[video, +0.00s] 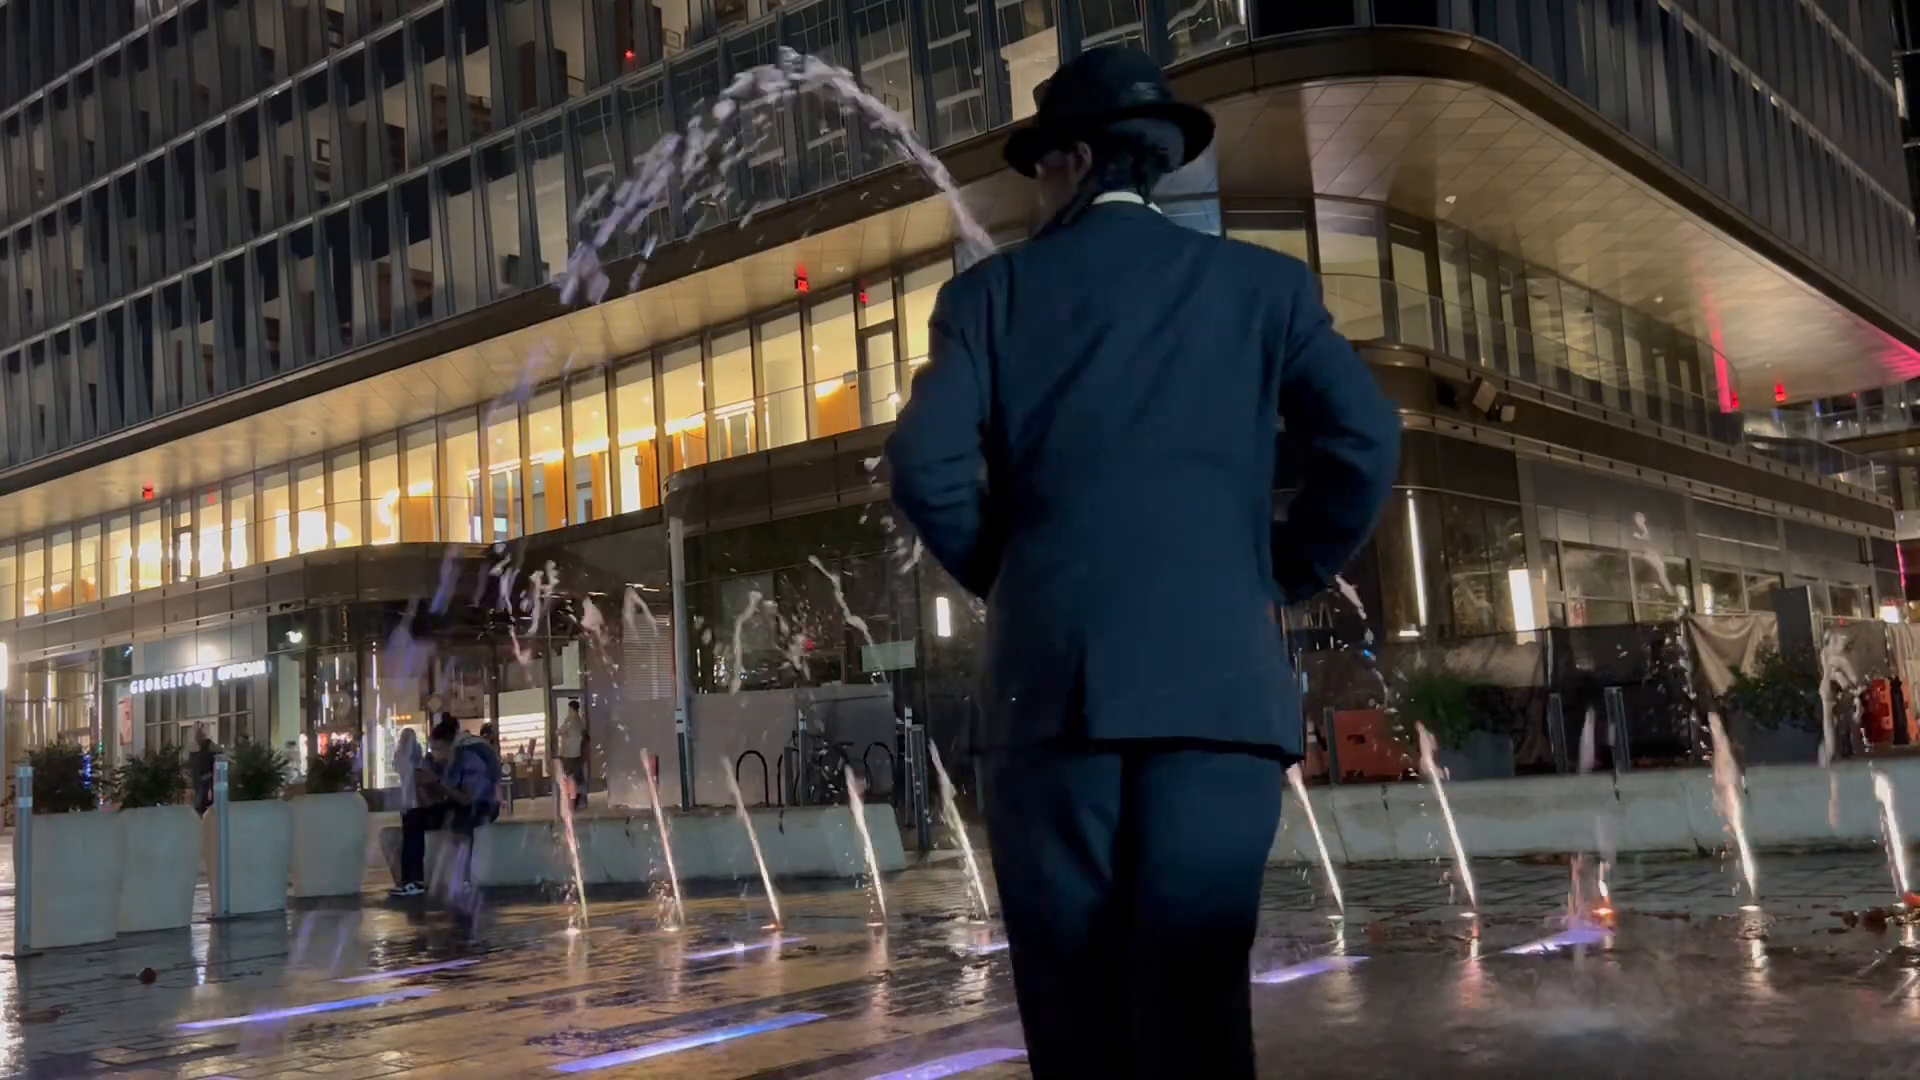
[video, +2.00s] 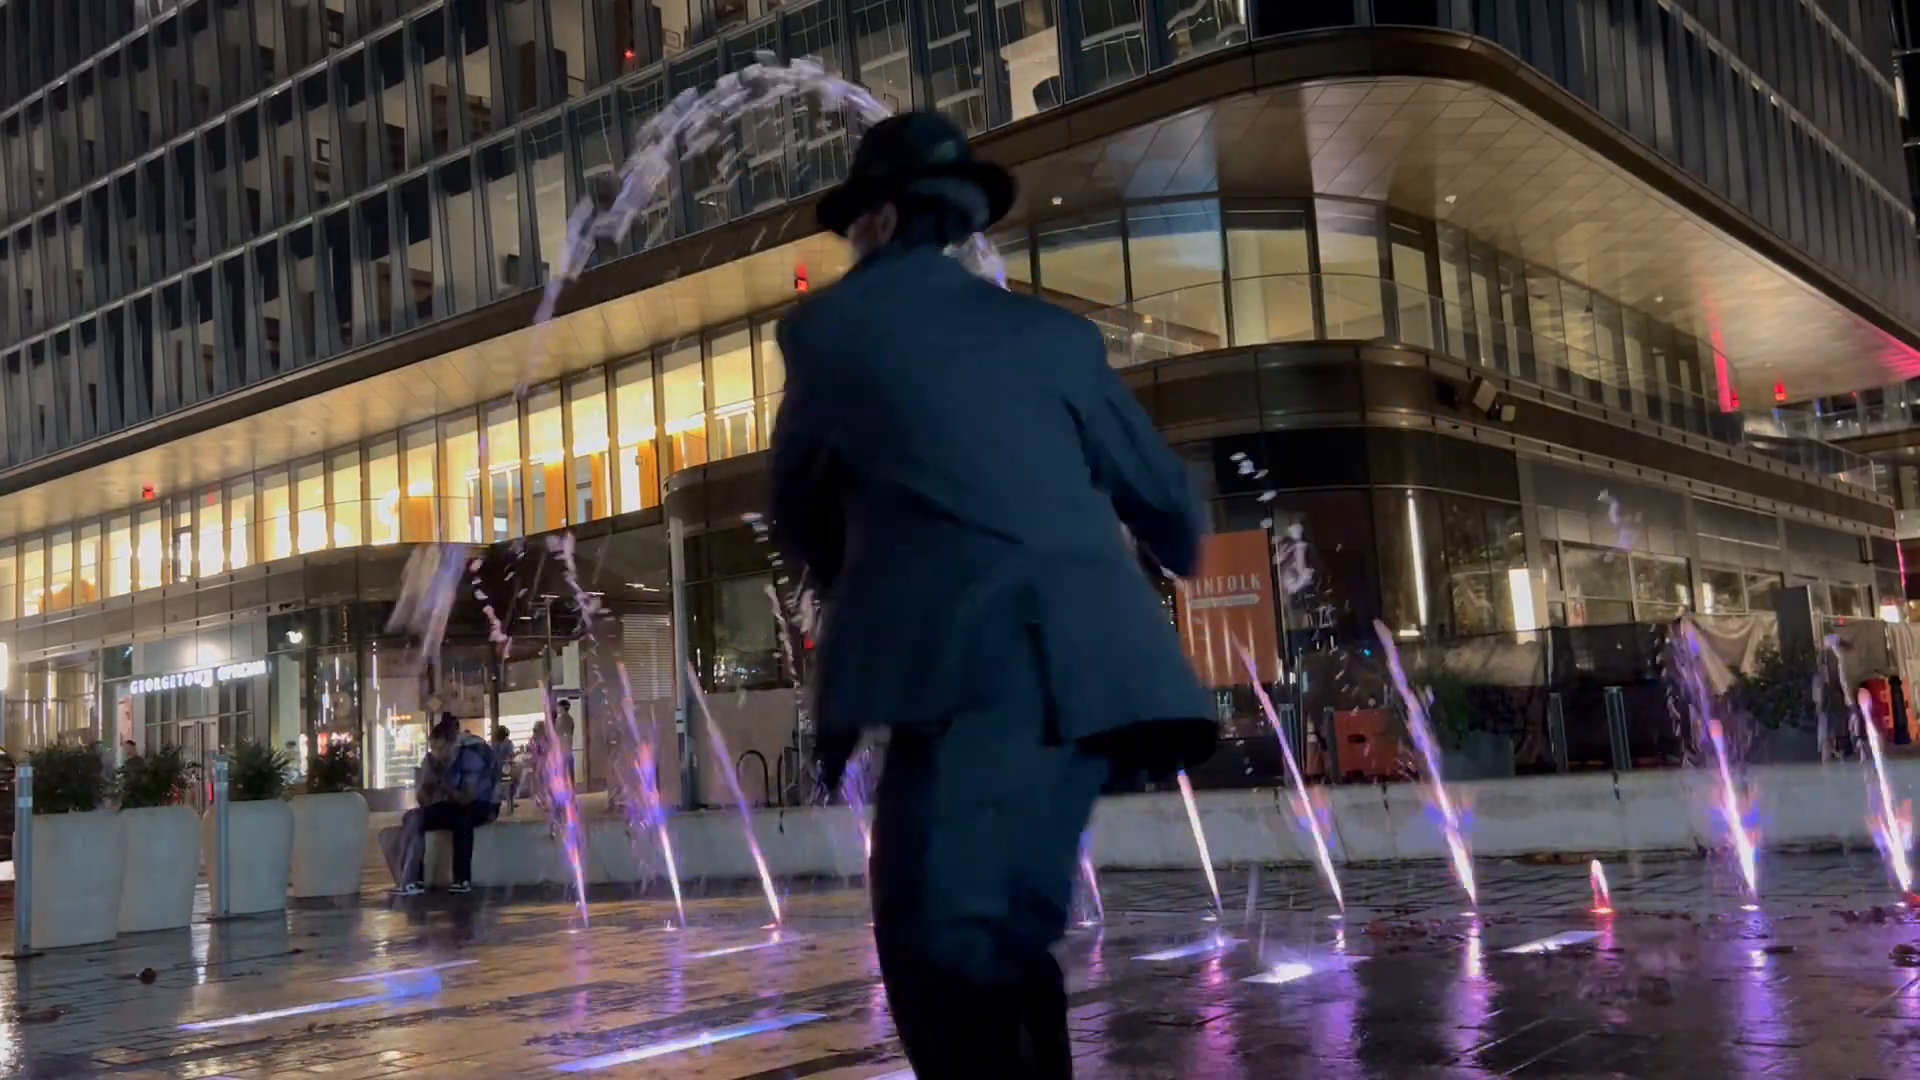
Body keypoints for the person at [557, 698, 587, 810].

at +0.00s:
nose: (569, 711)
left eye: (570, 709)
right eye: (569, 709)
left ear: (571, 709)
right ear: (577, 709)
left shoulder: (570, 720)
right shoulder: (581, 721)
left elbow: (563, 731)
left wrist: (558, 732)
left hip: (569, 754)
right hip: (577, 754)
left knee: (571, 778)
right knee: (578, 778)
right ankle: (581, 799)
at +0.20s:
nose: (568, 711)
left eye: (569, 709)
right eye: (569, 709)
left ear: (570, 709)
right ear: (577, 709)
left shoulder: (569, 722)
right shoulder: (580, 721)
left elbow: (559, 732)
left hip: (566, 754)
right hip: (576, 753)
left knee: (565, 777)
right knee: (575, 776)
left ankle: (572, 799)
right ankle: (579, 798)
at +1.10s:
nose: (563, 710)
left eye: (564, 708)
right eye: (564, 707)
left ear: (566, 708)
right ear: (573, 708)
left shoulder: (566, 719)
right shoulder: (575, 720)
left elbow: (557, 732)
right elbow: (573, 734)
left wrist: (551, 732)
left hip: (565, 752)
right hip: (573, 751)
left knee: (565, 777)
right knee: (570, 777)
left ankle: (570, 800)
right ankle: (572, 800)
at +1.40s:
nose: (560, 710)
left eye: (561, 708)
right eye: (561, 708)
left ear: (563, 708)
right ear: (569, 708)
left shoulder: (560, 720)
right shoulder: (572, 720)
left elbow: (552, 733)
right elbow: (571, 734)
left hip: (560, 753)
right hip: (568, 752)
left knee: (563, 779)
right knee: (570, 779)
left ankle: (564, 801)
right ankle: (572, 800)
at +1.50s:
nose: (558, 710)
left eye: (559, 708)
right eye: (559, 708)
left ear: (561, 708)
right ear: (568, 708)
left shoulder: (559, 721)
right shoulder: (571, 720)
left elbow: (551, 733)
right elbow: (568, 736)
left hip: (558, 754)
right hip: (568, 753)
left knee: (556, 781)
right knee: (570, 780)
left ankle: (556, 805)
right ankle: (572, 801)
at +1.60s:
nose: (558, 710)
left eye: (558, 708)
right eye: (558, 708)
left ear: (561, 708)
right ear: (567, 708)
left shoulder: (559, 720)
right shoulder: (570, 720)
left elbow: (552, 731)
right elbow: (570, 736)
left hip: (560, 754)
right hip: (568, 753)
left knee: (559, 779)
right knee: (570, 780)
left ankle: (558, 803)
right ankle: (571, 801)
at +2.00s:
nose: (558, 710)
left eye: (560, 708)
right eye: (558, 708)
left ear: (562, 708)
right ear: (567, 708)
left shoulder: (560, 720)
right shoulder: (570, 719)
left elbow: (556, 734)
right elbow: (571, 735)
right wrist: (570, 748)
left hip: (561, 752)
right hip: (568, 752)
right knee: (570, 778)